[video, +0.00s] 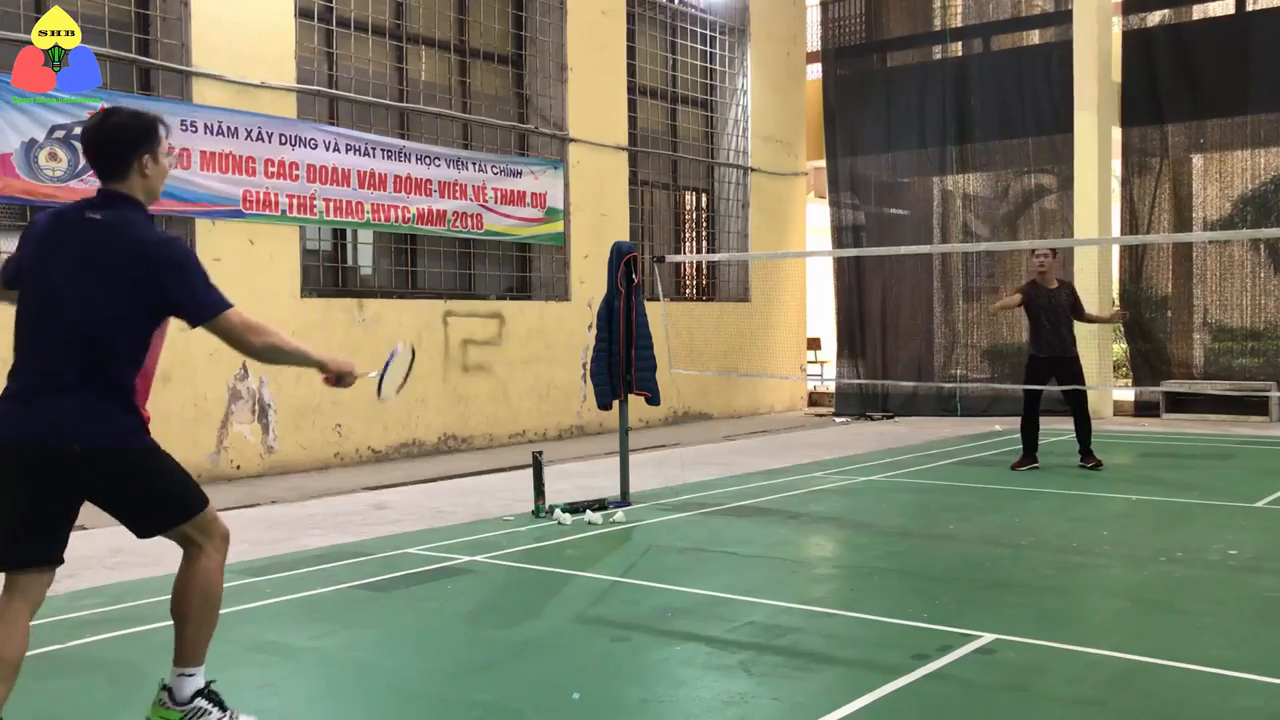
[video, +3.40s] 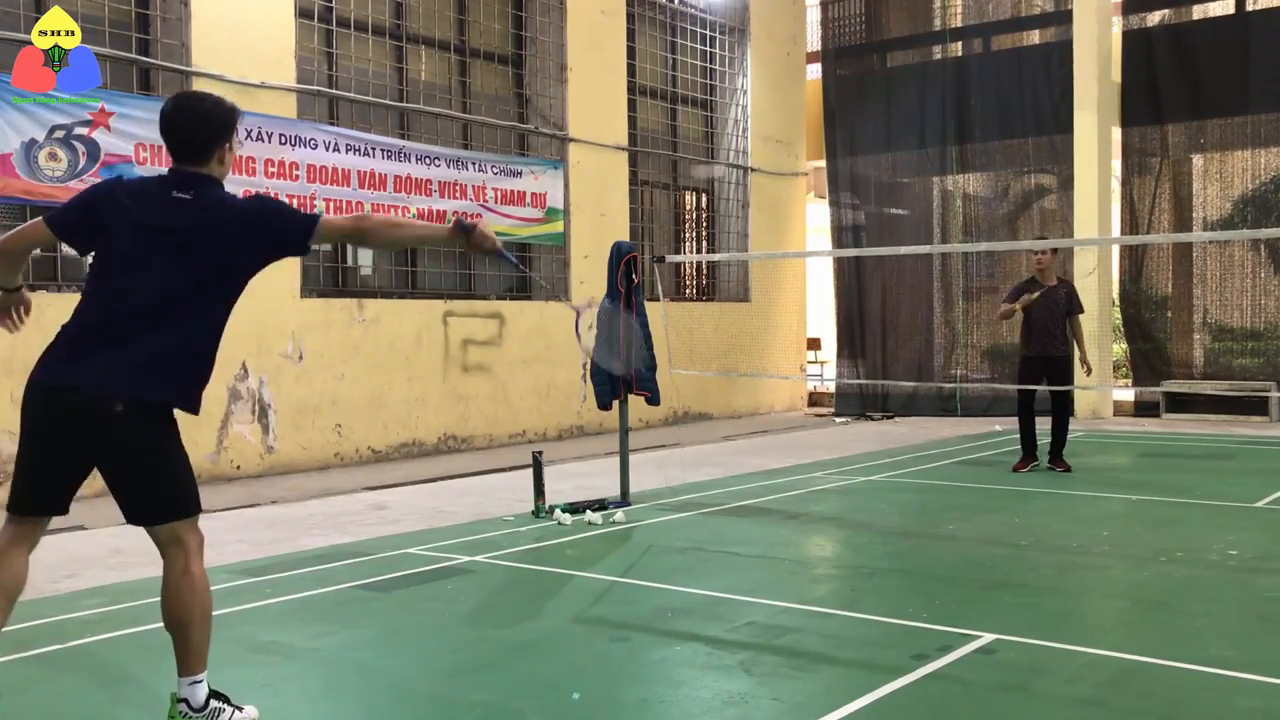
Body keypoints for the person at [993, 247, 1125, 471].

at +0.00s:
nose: (1040, 260)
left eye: (1045, 256)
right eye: (1037, 256)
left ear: (1055, 260)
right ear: (1033, 261)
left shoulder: (1067, 289)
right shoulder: (1029, 290)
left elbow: (1080, 316)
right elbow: (1014, 300)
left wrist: (1109, 318)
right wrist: (1002, 304)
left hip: (1067, 358)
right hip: (1039, 358)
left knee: (1080, 406)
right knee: (1030, 406)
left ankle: (1087, 454)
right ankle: (1029, 455)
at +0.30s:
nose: (1027, 258)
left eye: (1032, 253)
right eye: (1024, 254)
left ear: (1042, 256)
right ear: (1021, 258)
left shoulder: (1059, 287)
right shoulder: (1015, 290)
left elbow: (1069, 319)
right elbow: (1005, 317)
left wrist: (1085, 346)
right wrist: (994, 340)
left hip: (1055, 356)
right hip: (1027, 357)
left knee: (1062, 406)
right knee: (1024, 407)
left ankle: (1061, 453)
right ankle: (1028, 456)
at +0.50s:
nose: (1032, 257)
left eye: (1038, 253)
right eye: (1029, 253)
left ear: (1048, 256)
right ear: (1025, 257)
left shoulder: (1062, 287)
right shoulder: (1018, 288)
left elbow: (1069, 321)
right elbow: (996, 314)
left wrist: (1079, 350)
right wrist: (1011, 313)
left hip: (1056, 357)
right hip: (1028, 357)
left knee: (1057, 409)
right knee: (1025, 409)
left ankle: (1052, 456)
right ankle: (1028, 456)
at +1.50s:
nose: (1034, 257)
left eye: (1039, 253)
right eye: (1031, 253)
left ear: (1051, 256)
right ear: (1029, 257)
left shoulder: (1064, 287)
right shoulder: (1023, 287)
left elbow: (1074, 321)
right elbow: (1003, 306)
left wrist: (1087, 350)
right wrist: (1022, 284)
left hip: (1056, 357)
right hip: (1028, 356)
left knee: (1056, 409)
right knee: (1018, 405)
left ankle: (1052, 456)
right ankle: (1016, 455)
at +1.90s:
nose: (1031, 255)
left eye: (1036, 251)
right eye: (1028, 252)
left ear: (1045, 255)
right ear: (1024, 256)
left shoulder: (1056, 288)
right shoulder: (1016, 284)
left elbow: (1063, 322)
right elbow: (1009, 300)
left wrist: (1078, 349)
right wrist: (1008, 305)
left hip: (1050, 354)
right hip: (1022, 354)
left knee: (1060, 402)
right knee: (1016, 405)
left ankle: (1056, 450)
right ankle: (1016, 456)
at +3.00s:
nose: (1020, 257)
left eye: (1025, 253)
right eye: (1017, 254)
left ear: (1036, 258)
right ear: (1014, 260)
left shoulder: (1054, 285)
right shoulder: (1011, 291)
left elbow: (1069, 317)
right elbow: (1000, 316)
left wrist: (1087, 344)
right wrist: (998, 330)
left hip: (1056, 355)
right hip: (1028, 357)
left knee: (1062, 405)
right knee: (1026, 407)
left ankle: (1058, 453)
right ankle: (1029, 457)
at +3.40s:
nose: (1038, 257)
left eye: (1043, 253)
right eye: (1034, 253)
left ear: (1053, 257)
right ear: (1030, 258)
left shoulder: (1066, 287)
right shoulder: (1024, 287)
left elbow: (1074, 322)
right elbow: (1001, 314)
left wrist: (1083, 353)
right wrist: (1020, 304)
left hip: (1060, 356)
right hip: (1031, 356)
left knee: (1061, 408)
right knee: (1024, 405)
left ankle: (1056, 457)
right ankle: (1029, 455)